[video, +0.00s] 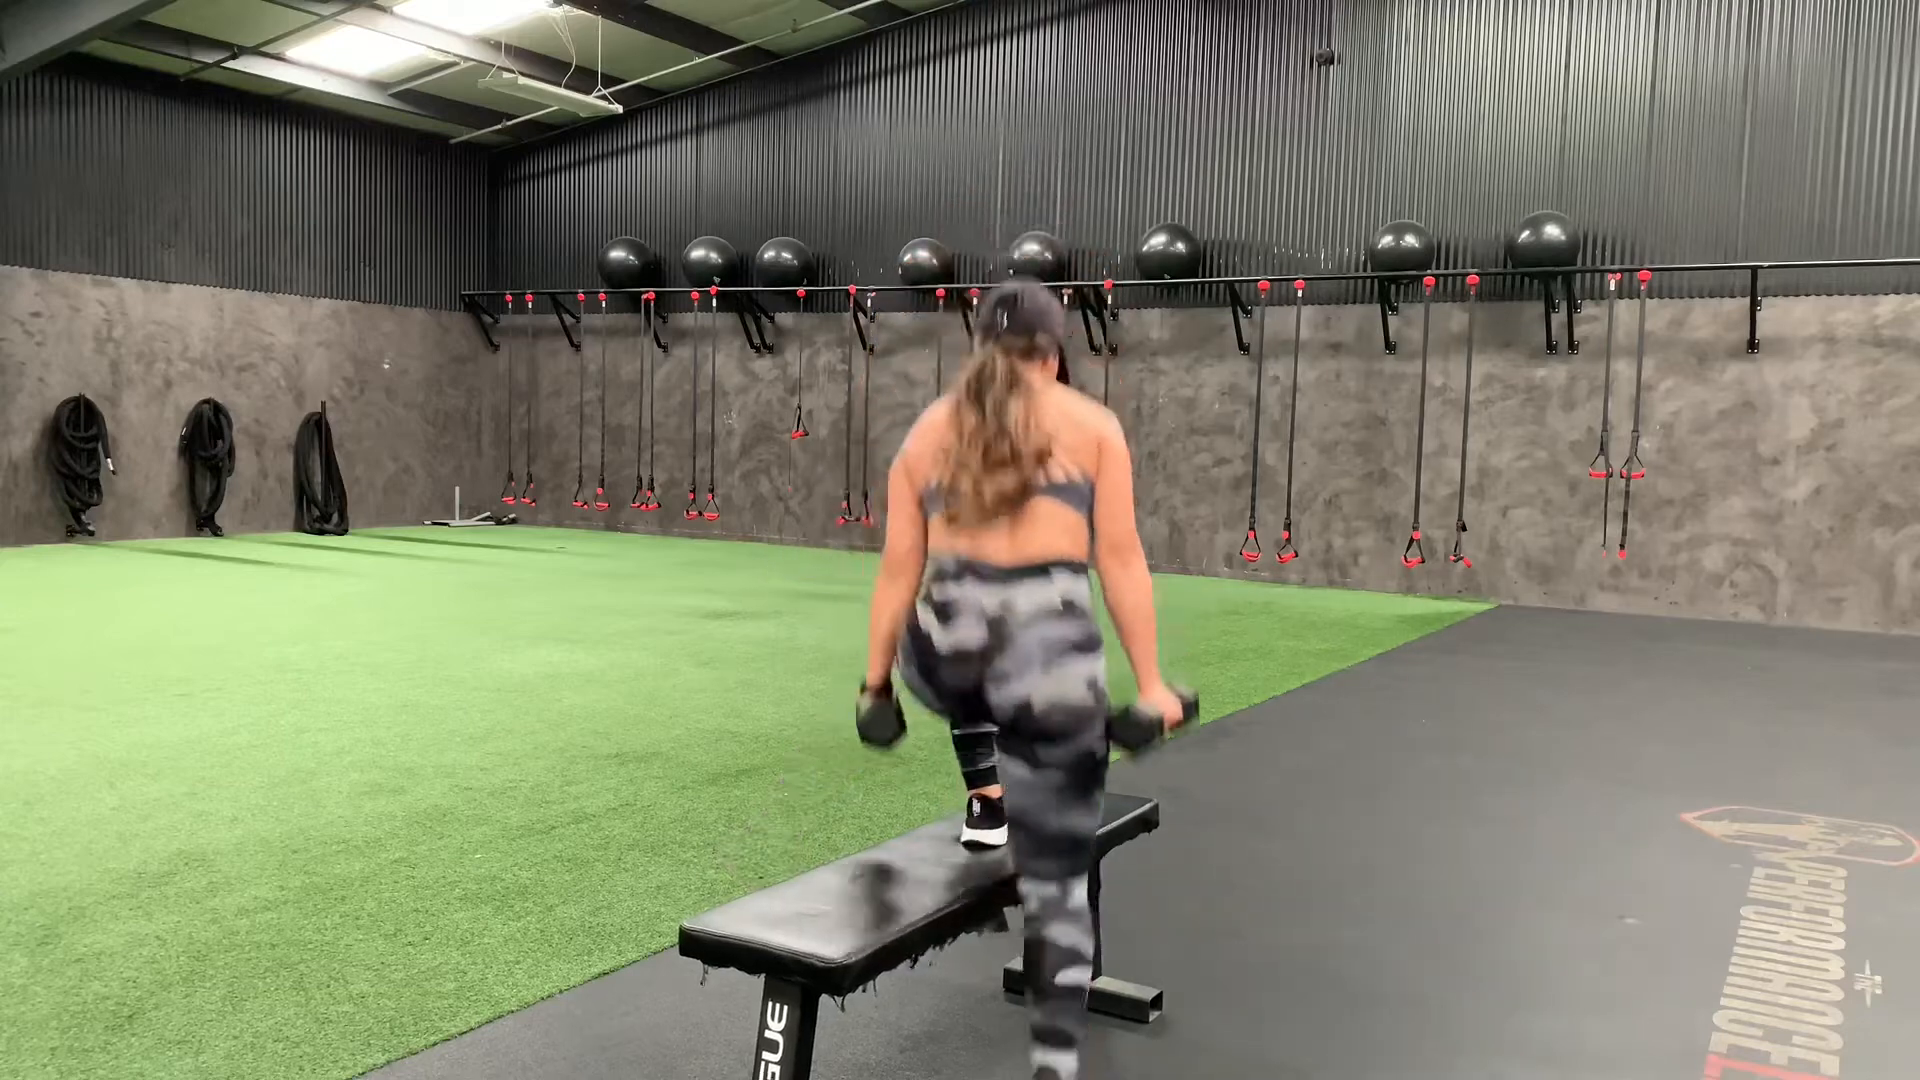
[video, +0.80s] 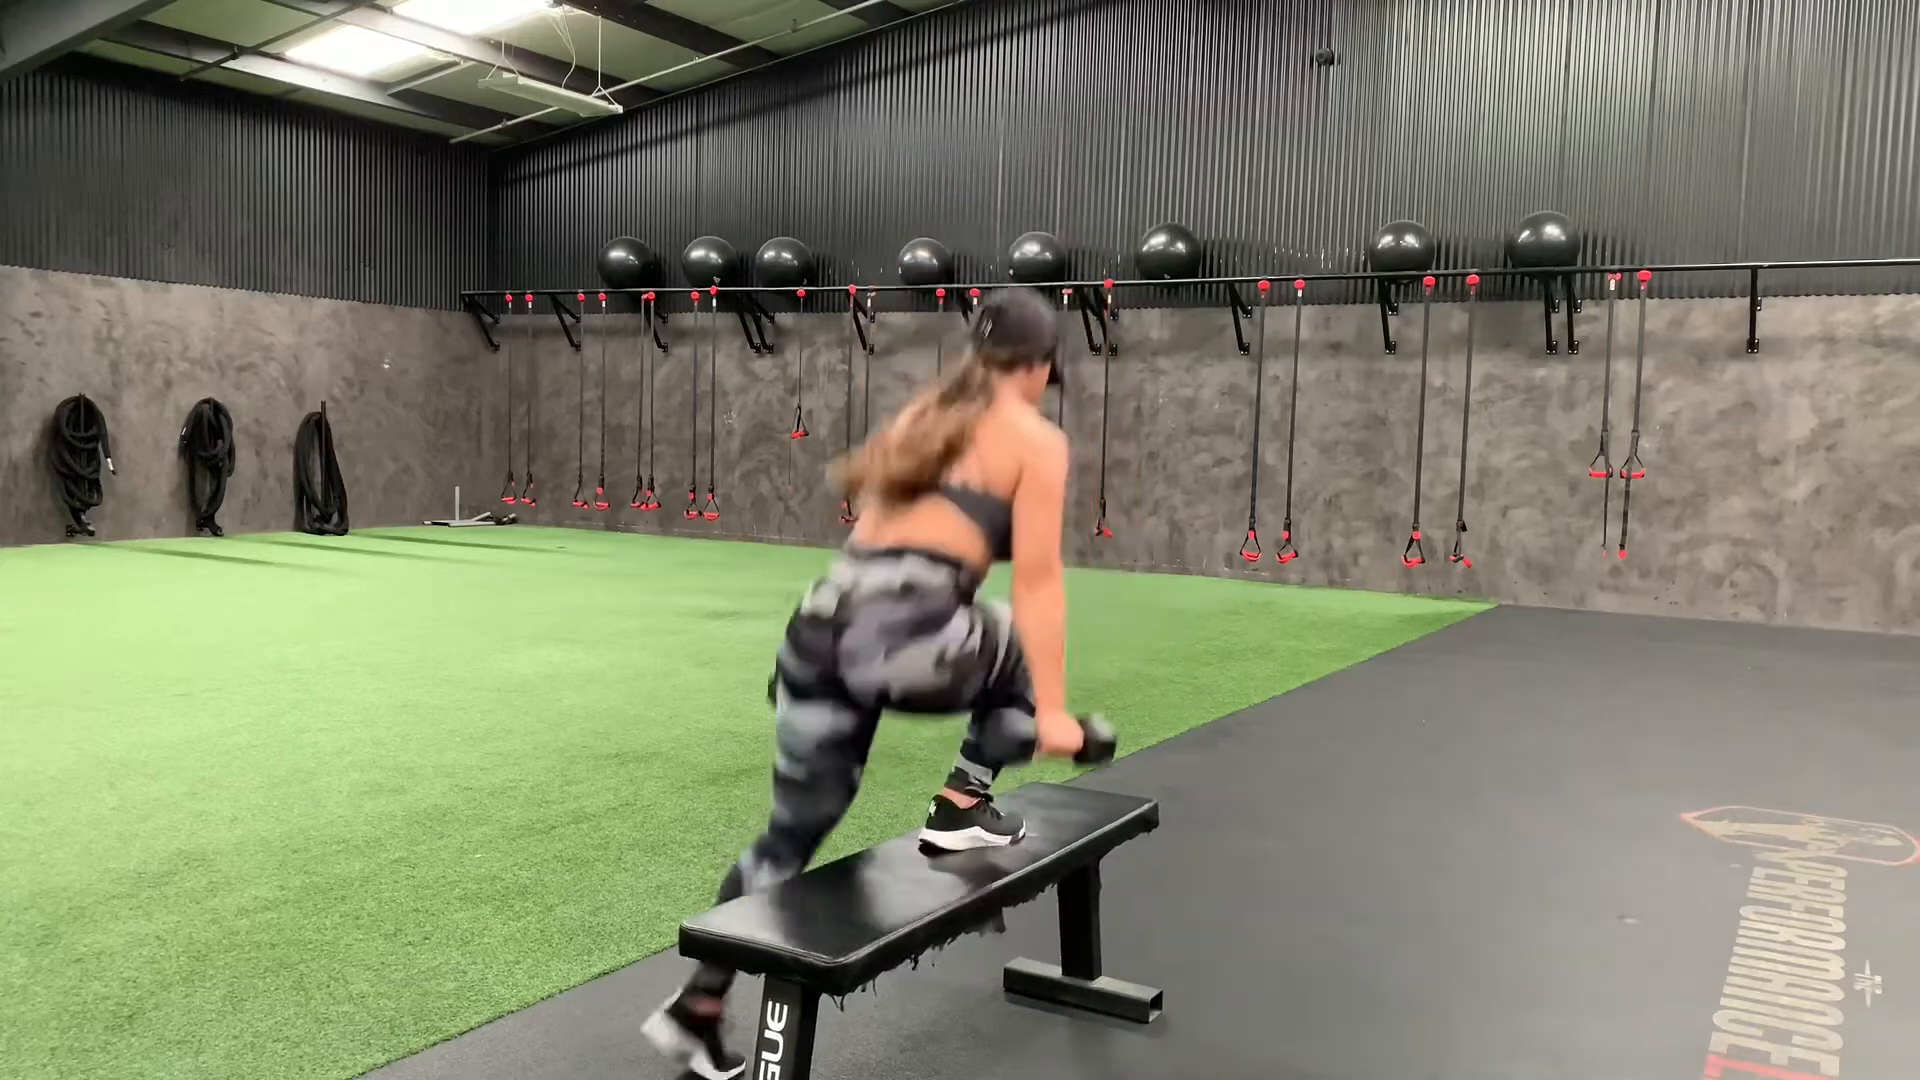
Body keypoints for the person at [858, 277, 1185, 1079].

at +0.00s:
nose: (1060, 367)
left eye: (1053, 357)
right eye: (1059, 356)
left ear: (979, 347)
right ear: (1051, 355)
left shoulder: (930, 430)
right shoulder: (1091, 424)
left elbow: (900, 567)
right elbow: (1121, 558)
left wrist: (876, 675)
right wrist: (1149, 681)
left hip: (947, 641)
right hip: (1054, 640)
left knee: (959, 690)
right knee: (1057, 863)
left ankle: (986, 795)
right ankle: (1058, 1059)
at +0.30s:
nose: (1068, 272)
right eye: (1068, 262)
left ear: (984, 256)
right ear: (1057, 262)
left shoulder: (927, 334)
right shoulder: (1087, 334)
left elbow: (894, 465)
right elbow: (1112, 467)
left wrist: (868, 569)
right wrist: (1140, 585)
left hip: (920, 537)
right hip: (1026, 532)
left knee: (979, 634)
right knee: (1056, 765)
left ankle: (992, 800)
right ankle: (1077, 983)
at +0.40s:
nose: (1066, 221)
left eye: (1062, 211)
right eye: (1067, 209)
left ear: (997, 195)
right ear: (1061, 203)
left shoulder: (934, 267)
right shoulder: (1084, 271)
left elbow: (890, 396)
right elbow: (1104, 406)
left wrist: (864, 500)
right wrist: (1122, 524)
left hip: (898, 467)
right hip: (997, 466)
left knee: (965, 622)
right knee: (1053, 648)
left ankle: (987, 793)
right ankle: (1033, 813)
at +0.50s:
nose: (1070, 210)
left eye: (1069, 198)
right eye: (1071, 198)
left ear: (997, 182)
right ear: (1060, 193)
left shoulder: (930, 245)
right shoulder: (1077, 251)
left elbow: (886, 367)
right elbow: (1089, 388)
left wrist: (854, 487)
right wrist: (1108, 511)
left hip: (872, 445)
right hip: (979, 442)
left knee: (945, 583)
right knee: (1043, 600)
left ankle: (906, 756)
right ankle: (979, 768)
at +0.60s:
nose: (1069, 232)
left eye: (1067, 220)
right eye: (1070, 220)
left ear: (999, 201)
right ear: (1060, 215)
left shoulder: (928, 260)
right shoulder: (1069, 275)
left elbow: (890, 380)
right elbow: (1073, 411)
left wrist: (843, 512)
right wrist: (1087, 540)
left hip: (855, 467)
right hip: (956, 466)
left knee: (907, 628)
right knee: (1021, 620)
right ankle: (964, 796)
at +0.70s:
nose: (1065, 294)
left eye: (1063, 283)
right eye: (1066, 282)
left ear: (996, 269)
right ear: (1058, 281)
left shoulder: (932, 322)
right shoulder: (1064, 345)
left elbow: (887, 450)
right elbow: (1060, 481)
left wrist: (814, 578)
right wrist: (1070, 612)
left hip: (838, 533)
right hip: (929, 538)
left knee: (836, 723)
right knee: (1029, 625)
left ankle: (734, 899)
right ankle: (960, 802)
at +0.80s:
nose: (1050, 382)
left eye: (1050, 370)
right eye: (1049, 370)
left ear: (980, 359)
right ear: (1036, 368)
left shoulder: (919, 418)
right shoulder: (1036, 439)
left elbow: (877, 530)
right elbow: (1037, 578)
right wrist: (1053, 714)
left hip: (821, 629)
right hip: (906, 633)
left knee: (792, 828)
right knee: (1026, 658)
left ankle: (697, 1004)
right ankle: (959, 809)